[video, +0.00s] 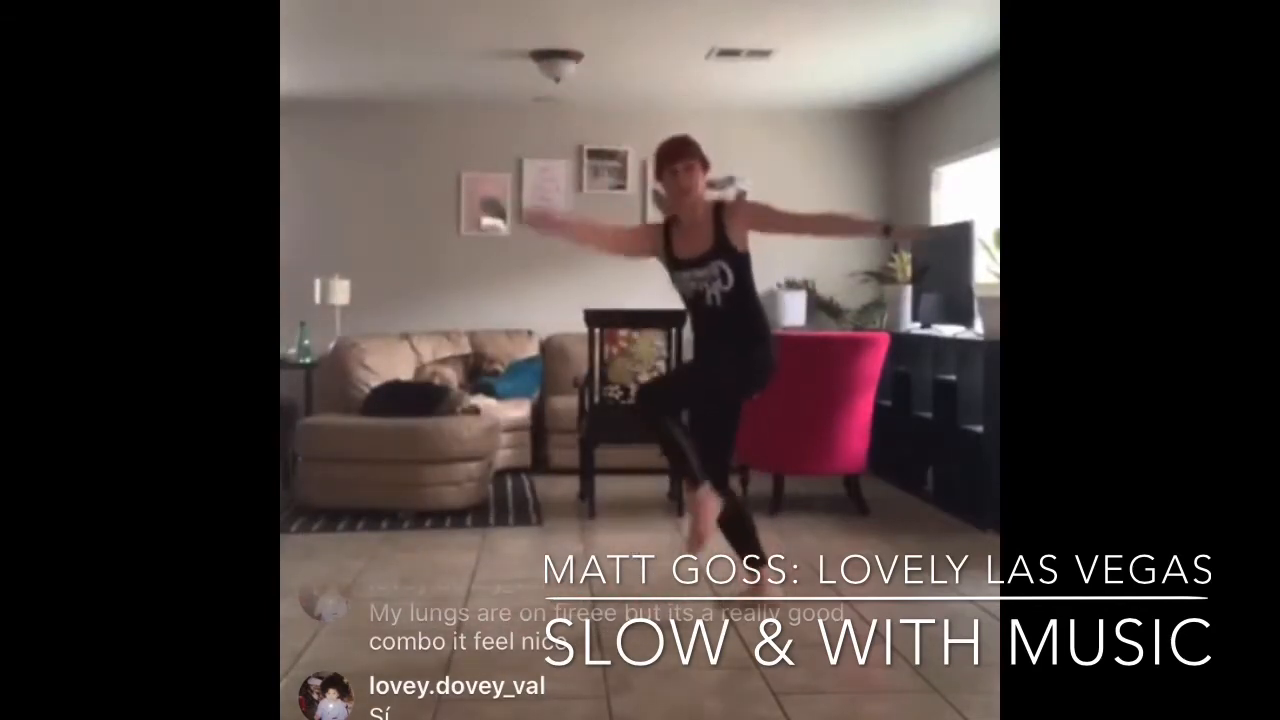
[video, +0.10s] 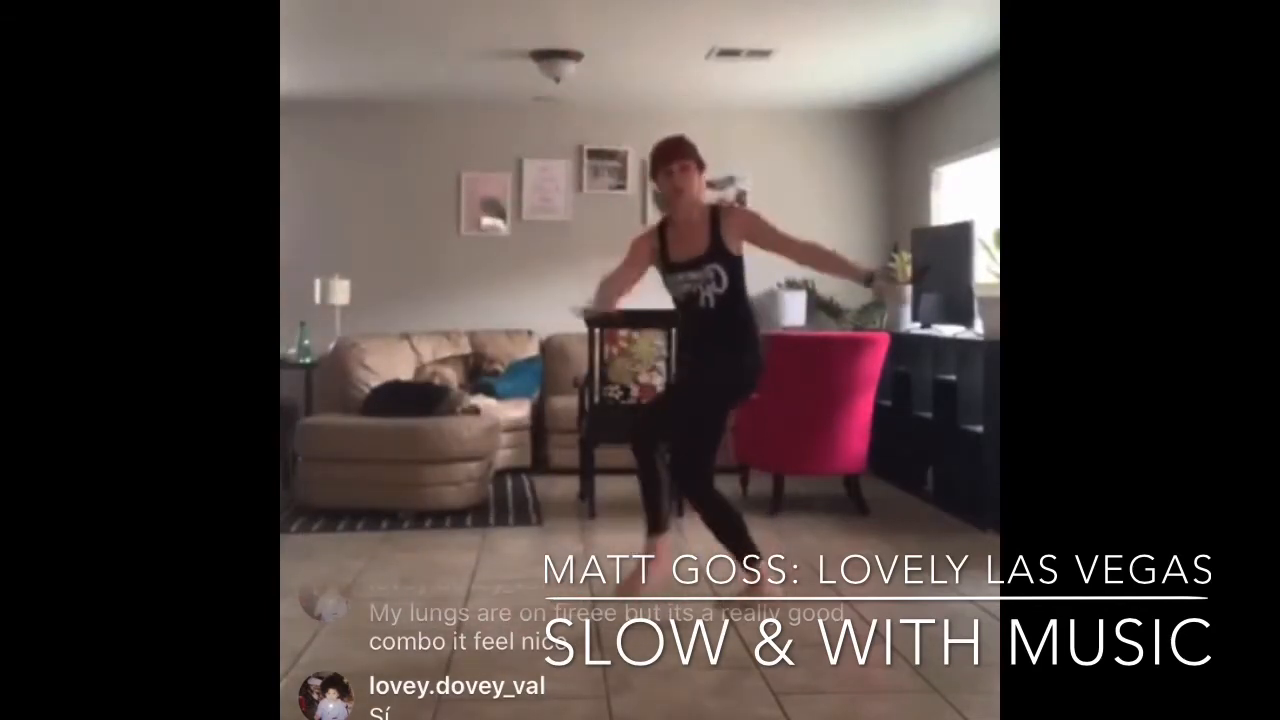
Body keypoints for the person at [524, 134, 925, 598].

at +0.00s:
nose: (683, 179)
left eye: (689, 168)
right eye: (672, 172)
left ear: (705, 173)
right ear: (661, 182)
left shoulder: (735, 217)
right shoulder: (660, 236)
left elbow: (810, 224)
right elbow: (604, 238)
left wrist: (881, 229)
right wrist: (550, 223)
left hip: (749, 354)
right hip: (709, 358)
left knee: (655, 397)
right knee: (713, 476)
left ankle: (700, 491)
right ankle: (759, 571)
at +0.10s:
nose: (677, 179)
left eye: (685, 169)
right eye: (667, 173)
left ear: (702, 174)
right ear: (656, 184)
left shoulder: (731, 220)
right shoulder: (652, 242)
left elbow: (799, 251)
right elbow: (613, 287)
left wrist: (867, 276)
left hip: (737, 357)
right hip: (694, 362)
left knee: (646, 426)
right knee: (691, 478)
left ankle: (657, 547)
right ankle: (758, 570)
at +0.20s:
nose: (669, 172)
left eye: (677, 163)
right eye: (660, 166)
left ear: (695, 170)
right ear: (650, 178)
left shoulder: (723, 220)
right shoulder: (642, 236)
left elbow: (787, 264)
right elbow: (624, 300)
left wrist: (841, 303)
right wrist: (647, 325)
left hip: (723, 354)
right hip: (681, 356)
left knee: (639, 439)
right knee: (686, 485)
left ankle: (625, 569)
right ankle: (755, 570)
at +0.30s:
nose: (660, 171)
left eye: (668, 162)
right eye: (651, 164)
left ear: (686, 170)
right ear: (639, 175)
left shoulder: (712, 223)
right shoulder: (629, 233)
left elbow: (770, 266)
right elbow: (612, 295)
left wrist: (812, 297)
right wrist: (646, 321)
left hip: (701, 361)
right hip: (661, 362)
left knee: (628, 466)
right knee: (671, 486)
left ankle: (628, 592)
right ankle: (750, 565)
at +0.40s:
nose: (648, 170)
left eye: (656, 162)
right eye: (639, 164)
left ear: (673, 169)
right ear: (628, 174)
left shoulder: (698, 231)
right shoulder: (612, 233)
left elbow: (767, 280)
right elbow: (579, 291)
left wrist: (759, 312)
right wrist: (626, 311)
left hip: (685, 367)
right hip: (647, 369)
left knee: (613, 473)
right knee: (658, 496)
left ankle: (627, 599)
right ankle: (743, 561)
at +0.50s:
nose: (631, 169)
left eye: (640, 161)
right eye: (623, 163)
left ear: (658, 169)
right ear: (613, 173)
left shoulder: (679, 231)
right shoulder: (601, 233)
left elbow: (718, 287)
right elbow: (546, 287)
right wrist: (587, 304)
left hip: (672, 367)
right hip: (638, 368)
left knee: (602, 472)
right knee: (654, 495)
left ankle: (623, 598)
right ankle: (738, 561)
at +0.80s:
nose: (583, 165)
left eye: (583, 158)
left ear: (586, 161)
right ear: (630, 160)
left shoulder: (570, 216)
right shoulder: (649, 215)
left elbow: (528, 279)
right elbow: (633, 264)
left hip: (605, 356)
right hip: (662, 352)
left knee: (594, 482)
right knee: (681, 470)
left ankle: (611, 600)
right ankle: (721, 574)